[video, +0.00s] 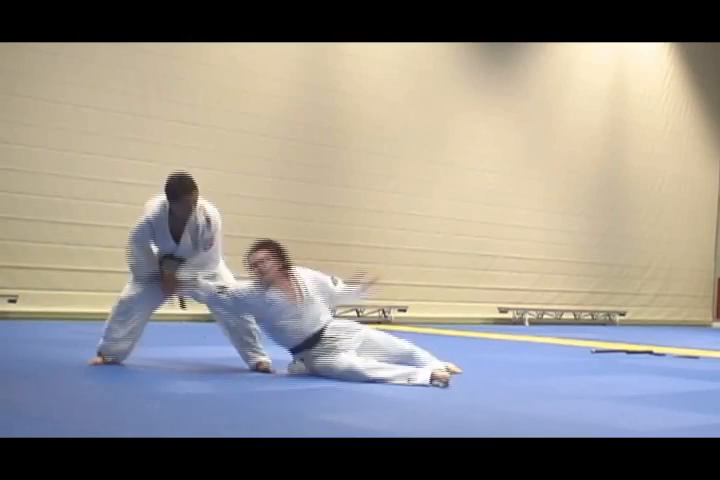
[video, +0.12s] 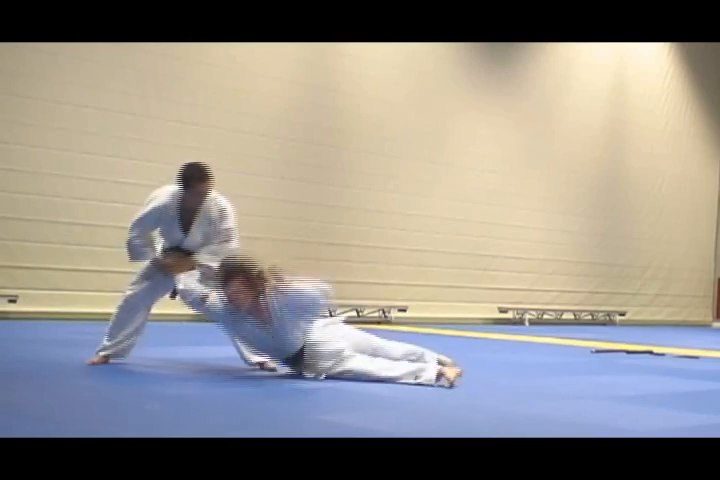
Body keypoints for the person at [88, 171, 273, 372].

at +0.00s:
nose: (193, 204)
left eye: (194, 199)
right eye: (188, 201)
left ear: (197, 196)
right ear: (173, 201)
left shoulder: (208, 216)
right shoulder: (153, 213)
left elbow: (211, 256)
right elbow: (137, 243)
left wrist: (179, 271)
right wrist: (155, 274)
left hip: (203, 268)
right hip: (162, 269)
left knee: (231, 300)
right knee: (130, 301)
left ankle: (257, 357)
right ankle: (109, 354)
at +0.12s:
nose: (205, 193)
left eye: (207, 188)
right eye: (199, 189)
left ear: (210, 186)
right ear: (184, 188)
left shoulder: (219, 207)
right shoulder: (163, 201)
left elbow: (229, 245)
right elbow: (137, 233)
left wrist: (193, 261)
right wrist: (156, 261)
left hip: (205, 263)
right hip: (168, 260)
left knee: (229, 304)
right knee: (135, 298)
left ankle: (258, 357)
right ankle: (109, 352)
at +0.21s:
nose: (223, 195)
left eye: (226, 189)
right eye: (217, 189)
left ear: (231, 186)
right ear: (205, 185)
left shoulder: (237, 208)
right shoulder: (182, 198)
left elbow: (242, 245)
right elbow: (150, 231)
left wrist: (210, 263)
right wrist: (180, 257)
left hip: (220, 261)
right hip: (177, 257)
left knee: (246, 303)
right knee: (142, 298)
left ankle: (265, 357)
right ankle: (109, 350)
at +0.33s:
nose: (252, 203)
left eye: (258, 198)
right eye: (249, 197)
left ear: (265, 196)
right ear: (239, 189)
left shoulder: (263, 216)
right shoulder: (212, 203)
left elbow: (264, 255)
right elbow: (188, 238)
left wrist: (237, 270)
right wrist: (207, 266)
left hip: (235, 265)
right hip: (194, 258)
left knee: (256, 305)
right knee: (160, 306)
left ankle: (259, 359)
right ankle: (120, 352)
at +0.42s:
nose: (255, 208)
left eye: (260, 203)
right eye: (251, 202)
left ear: (266, 201)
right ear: (242, 195)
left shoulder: (267, 222)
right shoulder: (214, 204)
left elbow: (264, 263)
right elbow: (191, 238)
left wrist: (237, 275)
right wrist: (208, 267)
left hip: (238, 267)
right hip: (197, 260)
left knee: (258, 306)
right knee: (161, 302)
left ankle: (261, 360)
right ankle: (140, 355)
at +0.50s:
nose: (232, 205)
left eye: (237, 200)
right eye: (228, 199)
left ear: (244, 195)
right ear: (219, 193)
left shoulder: (255, 212)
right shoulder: (200, 201)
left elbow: (267, 246)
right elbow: (185, 238)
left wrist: (237, 268)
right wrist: (206, 261)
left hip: (237, 265)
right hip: (196, 260)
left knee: (257, 313)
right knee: (161, 289)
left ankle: (267, 360)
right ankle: (161, 352)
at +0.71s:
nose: (173, 204)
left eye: (176, 198)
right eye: (167, 200)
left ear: (185, 191)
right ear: (160, 197)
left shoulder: (212, 203)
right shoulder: (154, 212)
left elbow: (246, 236)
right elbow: (157, 250)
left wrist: (214, 262)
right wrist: (187, 262)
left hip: (223, 269)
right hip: (182, 268)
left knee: (221, 330)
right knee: (153, 295)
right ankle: (162, 362)